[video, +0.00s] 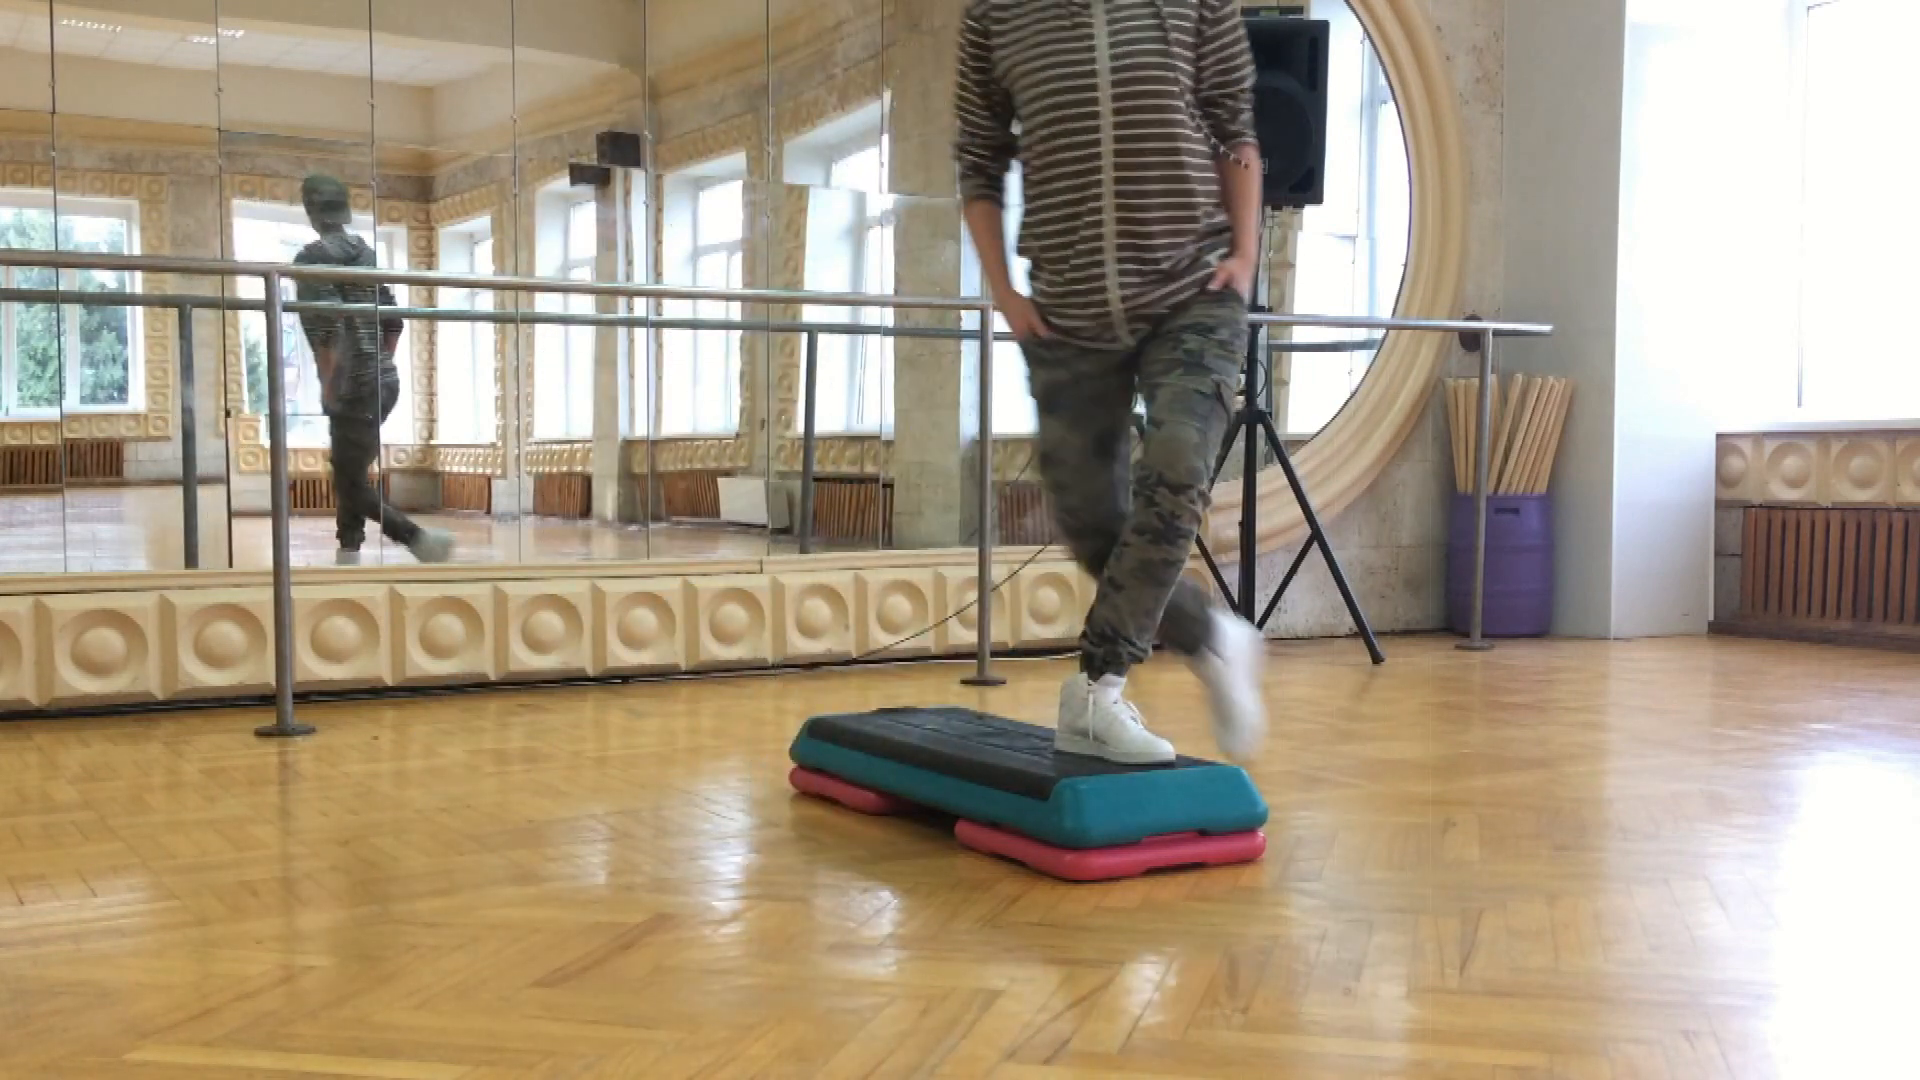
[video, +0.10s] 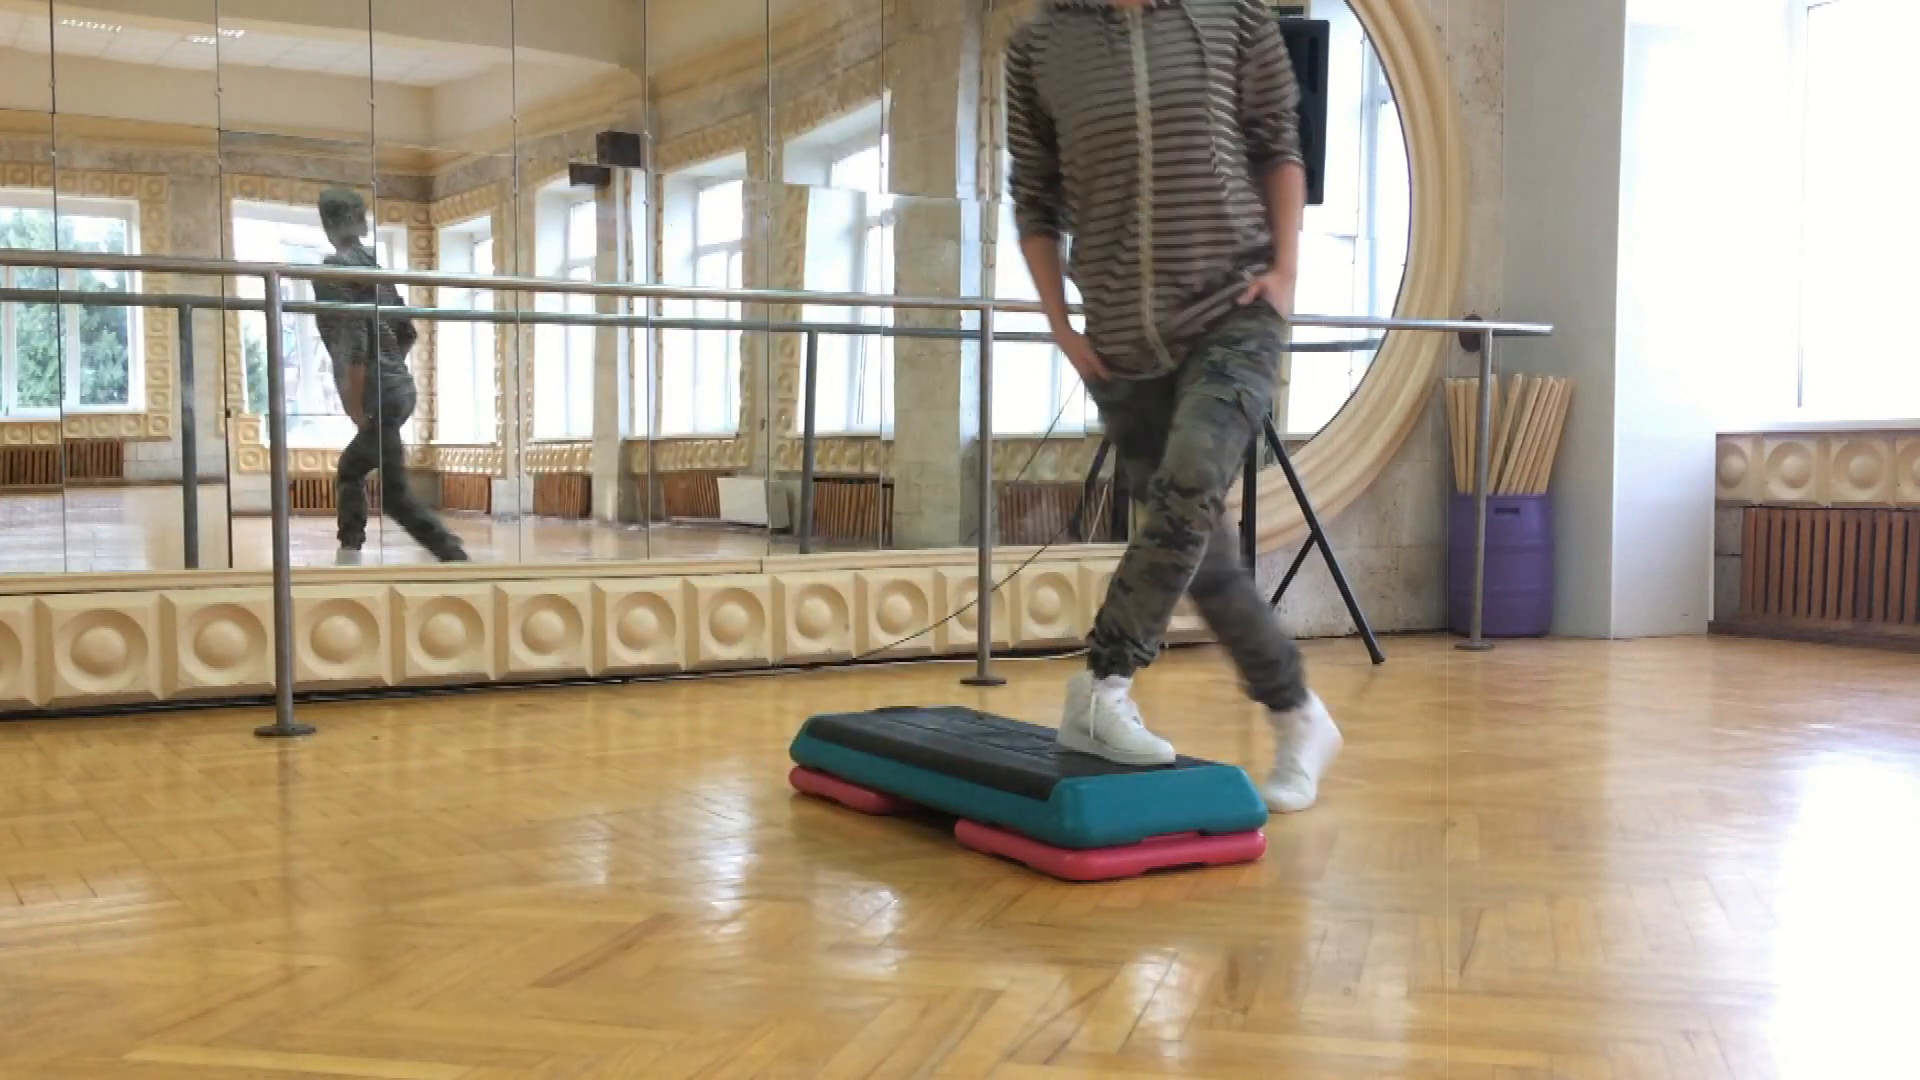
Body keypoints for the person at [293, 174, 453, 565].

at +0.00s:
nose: (313, 214)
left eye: (308, 207)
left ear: (309, 210)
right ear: (347, 209)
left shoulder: (310, 259)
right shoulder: (365, 253)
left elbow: (323, 325)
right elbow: (393, 317)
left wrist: (327, 382)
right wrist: (381, 363)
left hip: (352, 380)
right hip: (385, 378)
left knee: (352, 481)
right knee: (349, 471)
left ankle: (420, 540)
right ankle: (349, 557)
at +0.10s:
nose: (346, 228)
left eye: (333, 222)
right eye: (353, 220)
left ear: (326, 225)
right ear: (362, 222)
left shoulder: (330, 271)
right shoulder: (375, 266)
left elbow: (350, 330)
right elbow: (406, 330)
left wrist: (350, 390)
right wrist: (382, 366)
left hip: (374, 389)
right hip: (401, 387)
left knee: (395, 492)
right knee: (350, 467)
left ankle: (457, 559)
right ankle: (348, 557)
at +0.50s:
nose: (366, 248)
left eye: (360, 242)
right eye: (369, 241)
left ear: (354, 245)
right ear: (384, 243)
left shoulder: (358, 293)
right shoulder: (409, 288)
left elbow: (367, 354)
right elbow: (441, 342)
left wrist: (376, 398)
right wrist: (428, 387)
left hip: (400, 407)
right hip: (432, 405)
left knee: (421, 501)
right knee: (400, 497)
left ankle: (474, 564)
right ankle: (400, 578)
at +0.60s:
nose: (366, 246)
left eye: (359, 239)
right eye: (370, 239)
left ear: (351, 245)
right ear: (382, 243)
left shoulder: (342, 297)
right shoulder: (405, 286)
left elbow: (362, 355)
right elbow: (438, 345)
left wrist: (363, 413)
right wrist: (432, 394)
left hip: (388, 406)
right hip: (428, 403)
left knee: (388, 504)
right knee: (410, 493)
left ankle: (433, 547)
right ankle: (402, 572)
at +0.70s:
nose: (355, 246)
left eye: (351, 240)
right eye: (362, 240)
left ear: (347, 245)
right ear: (378, 243)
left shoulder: (331, 295)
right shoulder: (400, 288)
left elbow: (330, 362)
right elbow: (431, 347)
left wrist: (345, 411)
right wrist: (434, 398)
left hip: (371, 408)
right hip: (416, 404)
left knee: (372, 486)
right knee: (406, 490)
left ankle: (388, 548)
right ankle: (408, 568)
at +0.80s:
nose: (357, 248)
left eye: (349, 242)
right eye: (371, 242)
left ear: (345, 243)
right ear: (377, 243)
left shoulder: (323, 291)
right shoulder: (389, 292)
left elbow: (304, 356)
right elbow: (407, 354)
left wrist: (331, 398)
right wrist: (422, 396)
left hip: (352, 405)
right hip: (395, 402)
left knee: (368, 488)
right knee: (404, 493)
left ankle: (339, 558)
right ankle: (405, 574)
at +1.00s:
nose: (372, 251)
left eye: (373, 244)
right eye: (365, 243)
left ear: (352, 247)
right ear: (344, 246)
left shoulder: (349, 285)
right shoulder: (334, 286)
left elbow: (334, 348)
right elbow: (315, 349)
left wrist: (359, 389)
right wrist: (353, 396)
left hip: (332, 403)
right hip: (335, 403)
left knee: (336, 495)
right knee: (388, 482)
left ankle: (294, 562)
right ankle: (394, 565)